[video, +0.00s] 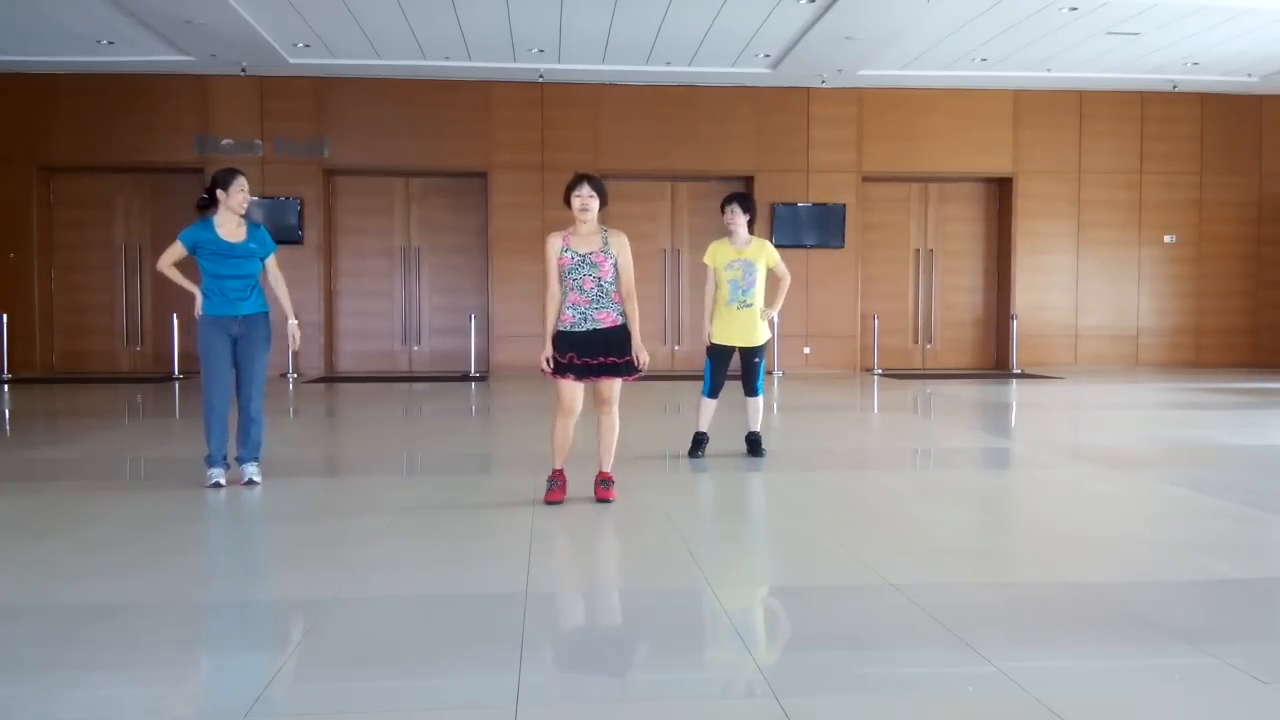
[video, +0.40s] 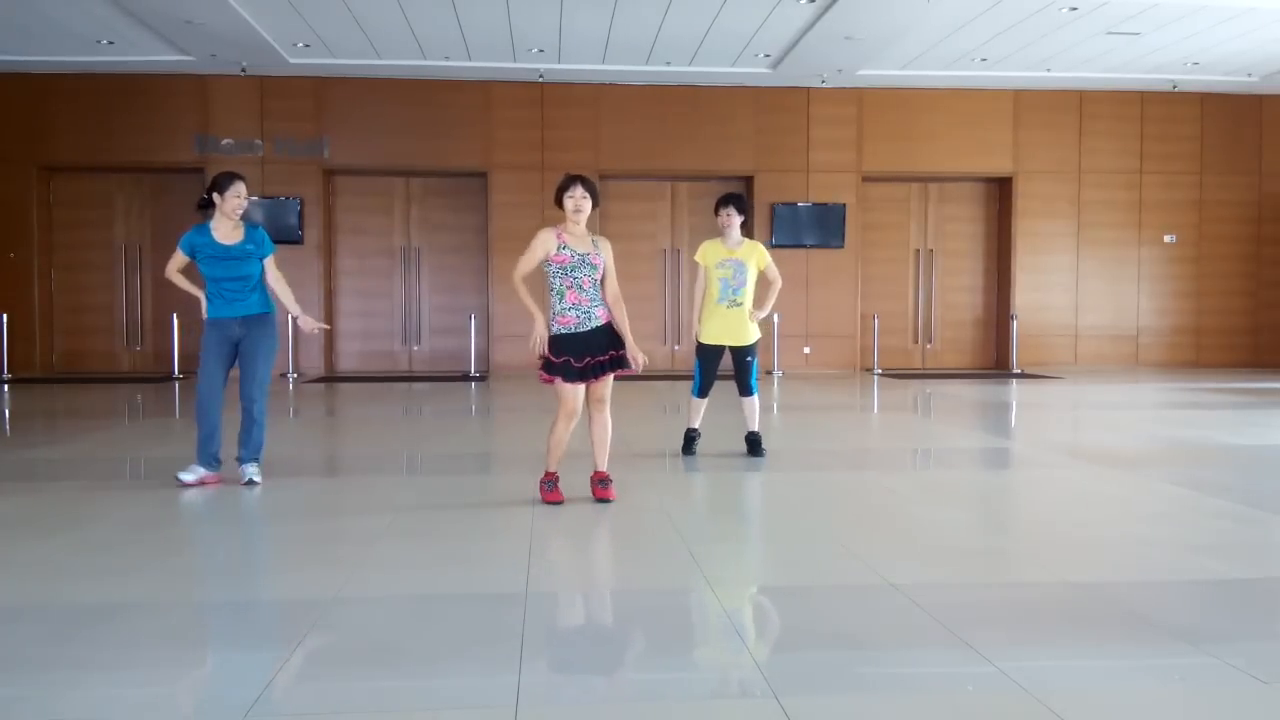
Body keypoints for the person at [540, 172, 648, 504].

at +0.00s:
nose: (584, 201)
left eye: (591, 196)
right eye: (578, 196)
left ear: (601, 201)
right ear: (569, 202)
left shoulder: (618, 240)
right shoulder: (557, 242)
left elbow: (629, 293)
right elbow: (553, 295)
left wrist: (636, 339)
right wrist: (548, 341)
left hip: (611, 335)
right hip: (569, 335)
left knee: (607, 406)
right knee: (569, 409)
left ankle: (605, 476)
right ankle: (557, 474)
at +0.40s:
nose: (578, 202)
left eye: (584, 197)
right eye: (571, 197)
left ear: (592, 204)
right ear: (561, 203)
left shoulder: (602, 245)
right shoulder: (549, 238)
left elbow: (614, 298)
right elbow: (518, 276)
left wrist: (630, 343)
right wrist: (538, 318)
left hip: (602, 333)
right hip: (565, 337)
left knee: (600, 404)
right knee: (570, 409)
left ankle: (601, 475)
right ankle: (550, 476)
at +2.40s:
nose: (567, 200)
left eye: (573, 195)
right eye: (560, 195)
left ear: (582, 202)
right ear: (550, 202)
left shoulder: (590, 245)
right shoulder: (538, 236)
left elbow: (599, 296)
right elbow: (495, 263)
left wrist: (609, 341)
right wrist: (531, 286)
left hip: (577, 333)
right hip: (542, 332)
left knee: (592, 402)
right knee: (546, 404)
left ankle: (597, 476)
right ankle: (544, 477)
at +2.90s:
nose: (559, 203)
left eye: (566, 199)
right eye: (554, 199)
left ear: (576, 206)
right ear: (544, 205)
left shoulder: (590, 245)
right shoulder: (531, 244)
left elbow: (597, 299)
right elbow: (518, 273)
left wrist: (593, 346)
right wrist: (523, 287)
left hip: (573, 338)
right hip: (534, 336)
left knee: (577, 414)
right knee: (538, 405)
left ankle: (587, 472)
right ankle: (542, 475)